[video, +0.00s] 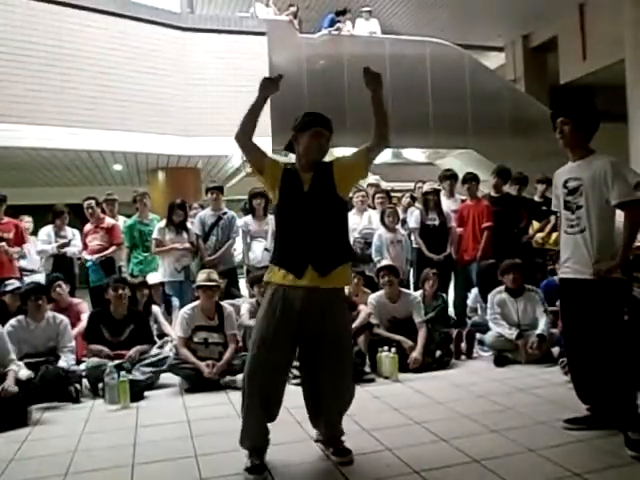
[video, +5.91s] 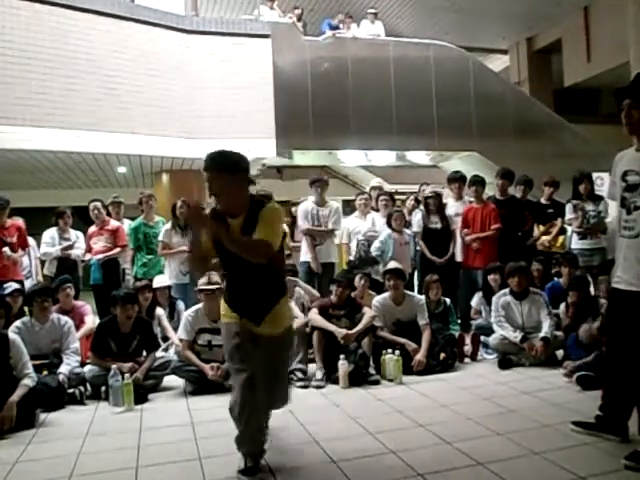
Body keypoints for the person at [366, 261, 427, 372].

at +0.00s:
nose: (387, 279)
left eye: (390, 275)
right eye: (383, 277)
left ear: (398, 278)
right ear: (379, 281)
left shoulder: (413, 298)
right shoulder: (374, 300)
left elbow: (422, 327)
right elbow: (375, 328)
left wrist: (418, 352)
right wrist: (401, 340)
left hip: (408, 331)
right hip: (386, 333)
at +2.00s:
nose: (389, 280)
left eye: (392, 276)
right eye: (385, 277)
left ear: (399, 278)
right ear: (380, 280)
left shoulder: (413, 298)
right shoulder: (374, 299)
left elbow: (422, 326)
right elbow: (374, 328)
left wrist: (418, 351)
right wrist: (401, 339)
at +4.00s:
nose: (394, 281)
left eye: (397, 277)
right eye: (389, 278)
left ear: (404, 280)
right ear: (385, 282)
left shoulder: (417, 301)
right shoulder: (378, 302)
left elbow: (426, 329)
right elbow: (378, 331)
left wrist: (422, 354)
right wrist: (405, 342)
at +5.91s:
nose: (393, 283)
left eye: (397, 279)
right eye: (389, 280)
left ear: (403, 281)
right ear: (385, 283)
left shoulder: (418, 300)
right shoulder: (378, 302)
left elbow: (426, 329)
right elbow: (379, 331)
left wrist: (422, 354)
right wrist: (405, 342)